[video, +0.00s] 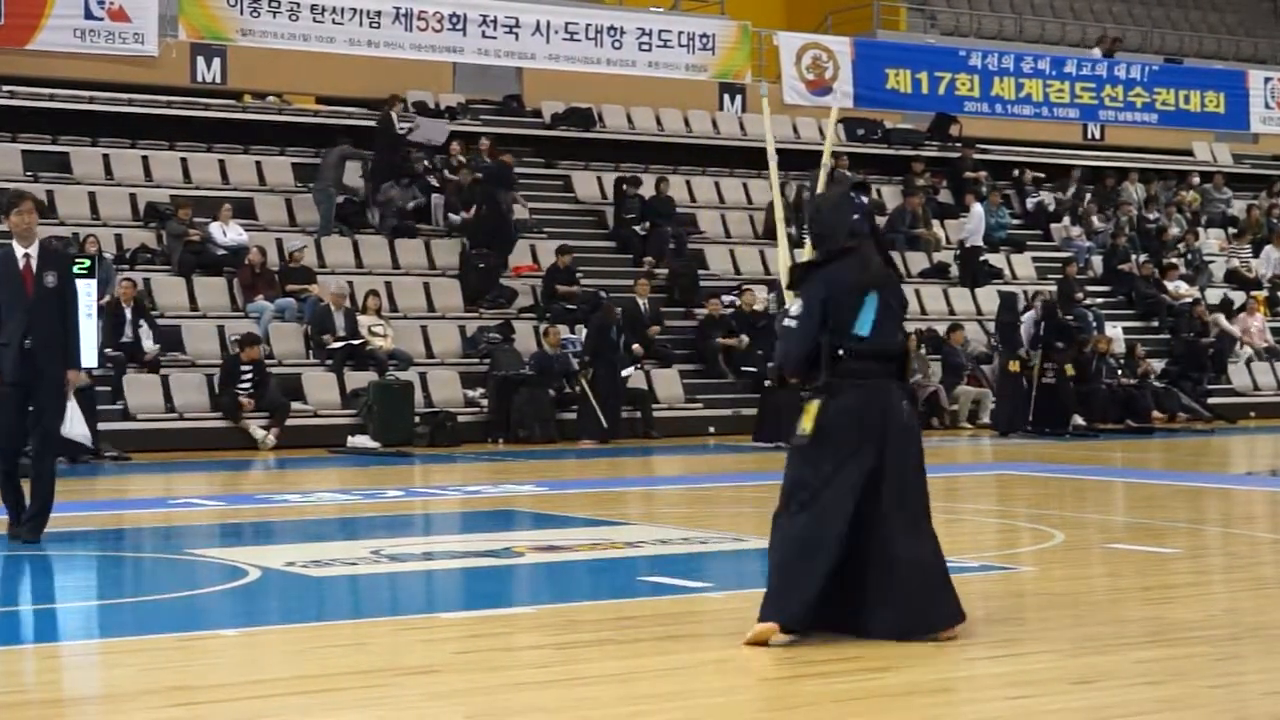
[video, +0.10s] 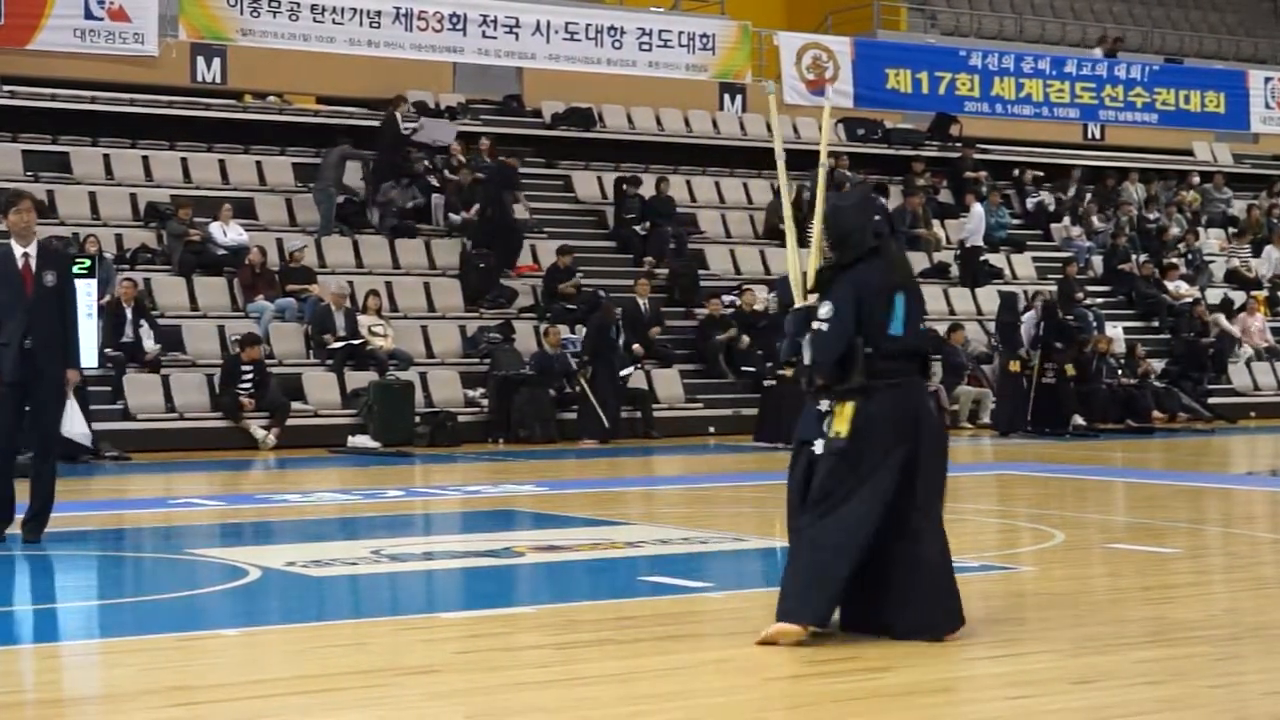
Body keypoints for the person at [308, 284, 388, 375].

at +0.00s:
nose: (341, 300)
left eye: (344, 297)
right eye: (338, 297)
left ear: (347, 297)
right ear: (331, 296)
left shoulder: (350, 312)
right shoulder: (320, 311)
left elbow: (354, 333)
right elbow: (315, 335)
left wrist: (362, 340)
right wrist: (324, 340)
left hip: (348, 342)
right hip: (330, 344)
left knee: (360, 351)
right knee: (342, 352)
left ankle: (361, 381)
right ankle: (336, 383)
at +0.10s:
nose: (343, 301)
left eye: (345, 298)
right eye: (340, 297)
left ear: (347, 297)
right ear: (332, 296)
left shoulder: (350, 312)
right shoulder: (321, 311)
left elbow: (354, 333)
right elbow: (315, 335)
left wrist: (362, 340)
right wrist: (325, 340)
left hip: (348, 343)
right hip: (329, 345)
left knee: (361, 352)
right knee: (343, 351)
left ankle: (360, 381)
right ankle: (336, 381)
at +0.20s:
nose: (344, 301)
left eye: (346, 298)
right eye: (341, 297)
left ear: (348, 297)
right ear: (332, 296)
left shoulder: (350, 312)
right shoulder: (321, 311)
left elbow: (355, 333)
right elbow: (316, 337)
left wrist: (362, 339)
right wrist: (325, 338)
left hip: (348, 343)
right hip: (329, 345)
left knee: (361, 351)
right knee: (343, 352)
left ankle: (362, 381)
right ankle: (335, 381)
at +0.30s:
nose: (345, 302)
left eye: (347, 299)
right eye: (342, 298)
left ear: (349, 298)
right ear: (333, 297)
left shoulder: (351, 312)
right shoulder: (321, 311)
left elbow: (355, 333)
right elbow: (316, 335)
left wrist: (362, 340)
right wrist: (327, 336)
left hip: (348, 343)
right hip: (328, 345)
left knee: (361, 350)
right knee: (343, 352)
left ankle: (362, 382)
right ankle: (336, 383)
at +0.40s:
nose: (345, 301)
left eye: (347, 298)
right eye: (343, 298)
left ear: (349, 298)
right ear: (333, 296)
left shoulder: (350, 312)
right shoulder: (321, 310)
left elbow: (355, 333)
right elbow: (317, 336)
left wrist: (362, 339)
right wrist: (328, 335)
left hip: (348, 343)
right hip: (327, 345)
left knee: (360, 349)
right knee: (343, 351)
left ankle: (362, 381)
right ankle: (336, 382)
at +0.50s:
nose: (345, 301)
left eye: (347, 298)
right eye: (342, 297)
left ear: (349, 297)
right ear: (333, 296)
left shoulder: (350, 312)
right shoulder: (321, 310)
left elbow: (355, 333)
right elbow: (318, 336)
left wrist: (362, 339)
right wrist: (331, 334)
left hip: (348, 343)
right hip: (327, 345)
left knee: (360, 350)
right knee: (344, 350)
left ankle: (361, 380)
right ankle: (335, 380)